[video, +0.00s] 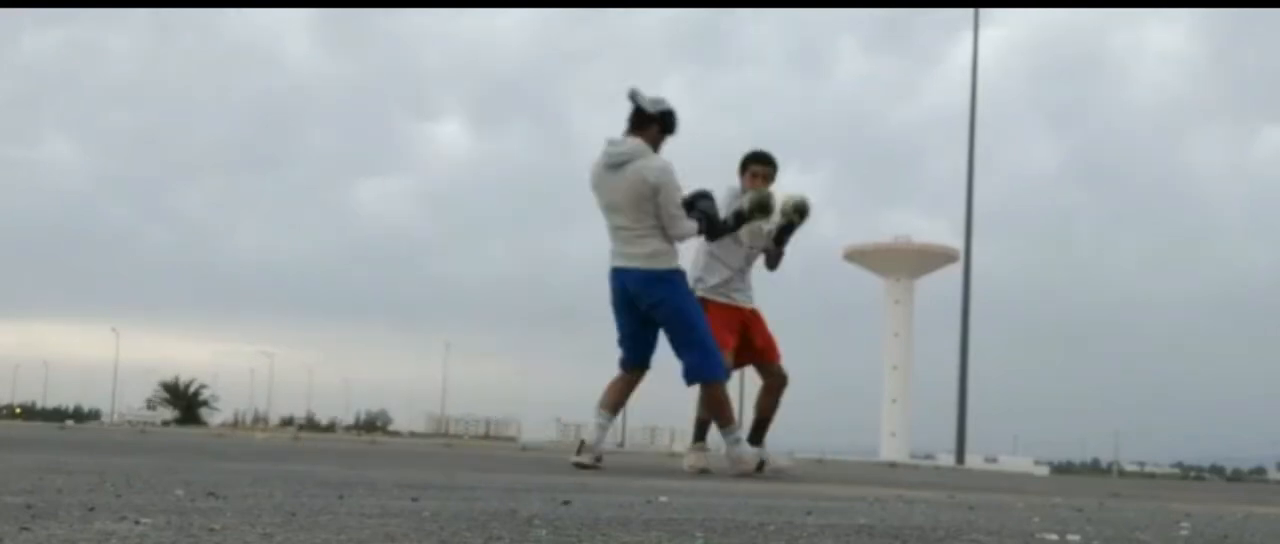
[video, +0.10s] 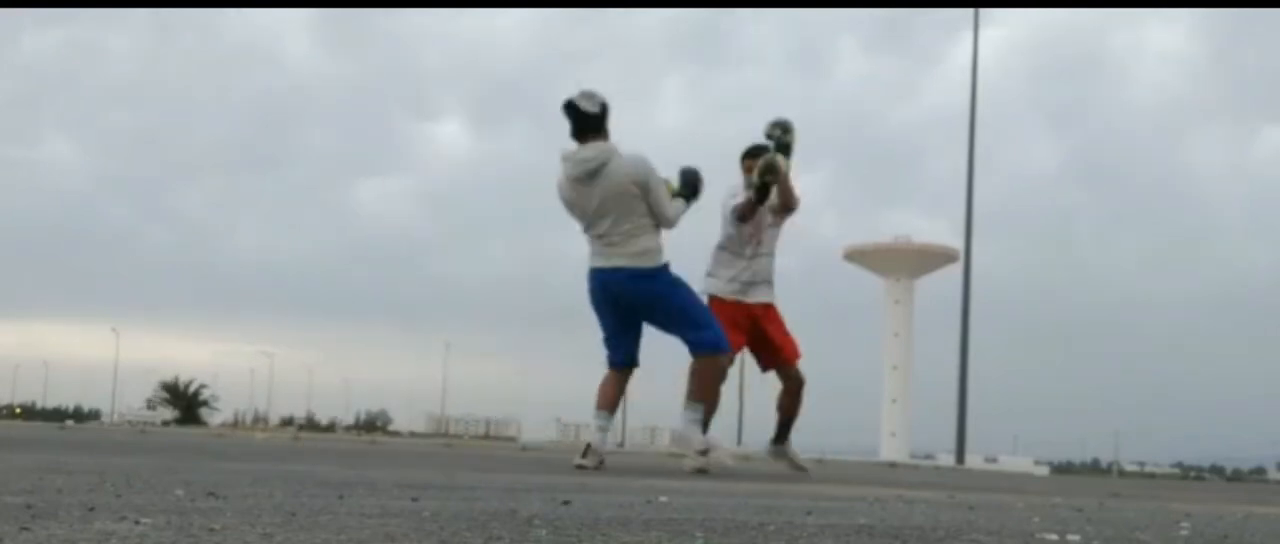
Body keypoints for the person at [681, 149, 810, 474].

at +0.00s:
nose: (759, 183)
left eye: (765, 178)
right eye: (754, 176)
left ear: (773, 183)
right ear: (741, 176)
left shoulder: (770, 212)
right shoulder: (728, 199)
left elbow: (771, 263)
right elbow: (712, 234)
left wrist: (785, 230)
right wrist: (745, 215)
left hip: (743, 300)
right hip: (712, 295)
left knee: (776, 377)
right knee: (718, 369)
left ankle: (754, 448)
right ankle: (698, 445)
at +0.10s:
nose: (756, 175)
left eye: (762, 168)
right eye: (750, 169)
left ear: (772, 171)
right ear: (743, 171)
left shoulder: (777, 204)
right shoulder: (734, 197)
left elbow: (789, 204)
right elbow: (742, 214)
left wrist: (781, 172)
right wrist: (760, 188)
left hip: (761, 300)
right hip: (725, 297)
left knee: (794, 380)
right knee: (716, 366)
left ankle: (780, 443)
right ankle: (698, 439)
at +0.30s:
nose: (777, 183)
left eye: (783, 177)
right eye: (773, 176)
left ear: (794, 179)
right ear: (764, 177)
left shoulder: (801, 211)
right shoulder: (752, 209)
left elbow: (816, 226)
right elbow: (729, 260)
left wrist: (802, 196)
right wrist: (755, 244)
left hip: (790, 310)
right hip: (750, 308)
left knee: (822, 383)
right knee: (738, 368)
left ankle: (824, 456)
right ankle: (706, 444)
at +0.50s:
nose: (754, 169)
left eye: (760, 162)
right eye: (750, 164)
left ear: (779, 165)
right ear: (748, 169)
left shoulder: (808, 209)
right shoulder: (737, 208)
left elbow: (811, 262)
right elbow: (715, 248)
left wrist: (787, 252)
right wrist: (697, 257)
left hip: (790, 312)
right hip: (746, 309)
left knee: (816, 385)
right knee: (726, 362)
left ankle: (825, 457)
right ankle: (710, 448)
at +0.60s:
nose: (731, 154)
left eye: (737, 147)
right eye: (727, 149)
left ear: (757, 149)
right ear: (726, 154)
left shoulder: (786, 189)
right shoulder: (717, 191)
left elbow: (795, 239)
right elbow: (684, 232)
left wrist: (763, 216)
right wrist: (668, 226)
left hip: (773, 298)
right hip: (730, 296)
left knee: (796, 372)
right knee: (716, 361)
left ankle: (822, 449)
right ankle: (709, 449)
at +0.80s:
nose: (686, 134)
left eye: (692, 125)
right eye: (683, 128)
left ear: (714, 126)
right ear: (685, 132)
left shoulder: (747, 166)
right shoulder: (676, 170)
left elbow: (761, 217)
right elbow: (645, 220)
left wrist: (727, 205)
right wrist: (627, 207)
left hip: (731, 281)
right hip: (686, 278)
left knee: (751, 360)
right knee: (664, 342)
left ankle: (760, 447)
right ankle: (678, 429)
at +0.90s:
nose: (660, 141)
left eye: (665, 132)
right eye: (657, 134)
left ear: (688, 132)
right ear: (659, 139)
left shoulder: (725, 175)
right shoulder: (655, 181)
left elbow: (739, 229)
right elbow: (628, 237)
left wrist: (709, 215)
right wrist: (610, 218)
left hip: (710, 291)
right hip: (663, 285)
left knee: (732, 371)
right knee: (624, 340)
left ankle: (748, 452)